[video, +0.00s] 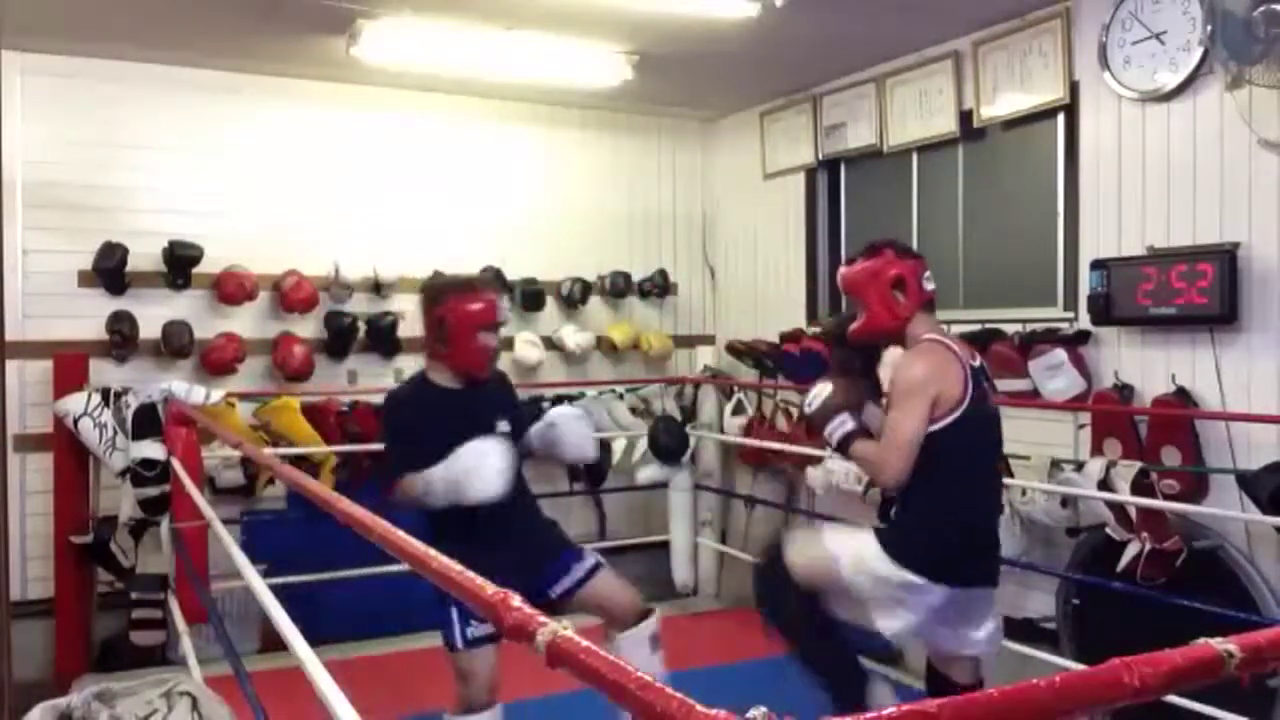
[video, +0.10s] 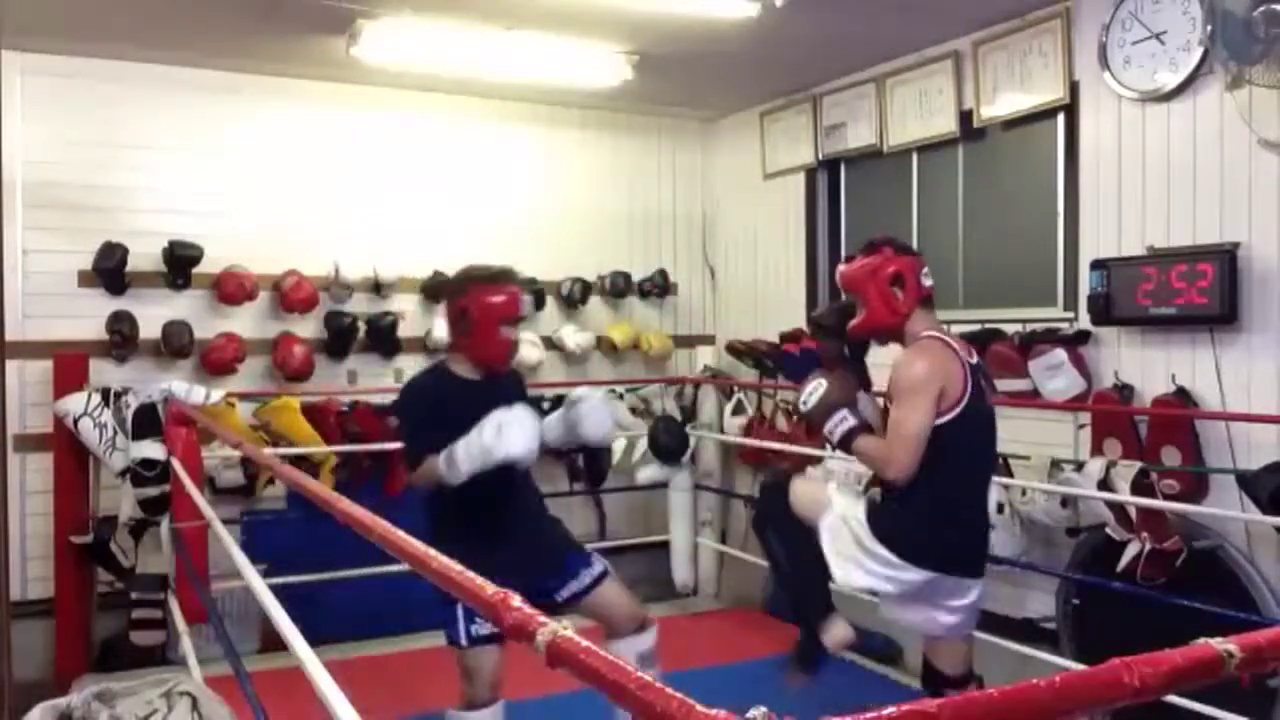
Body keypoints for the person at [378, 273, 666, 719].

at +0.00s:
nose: (493, 342)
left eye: (494, 330)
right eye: (483, 331)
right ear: (445, 335)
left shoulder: (494, 385)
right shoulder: (407, 404)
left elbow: (517, 436)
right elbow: (399, 487)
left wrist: (552, 436)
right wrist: (446, 480)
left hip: (531, 540)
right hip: (467, 561)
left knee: (630, 610)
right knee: (478, 695)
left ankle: (648, 712)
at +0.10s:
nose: (514, 337)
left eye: (516, 325)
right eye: (505, 326)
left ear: (483, 326)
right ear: (468, 326)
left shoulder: (505, 381)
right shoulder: (423, 393)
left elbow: (527, 435)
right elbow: (419, 474)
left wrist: (566, 426)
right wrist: (476, 449)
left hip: (534, 535)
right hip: (470, 555)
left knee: (630, 620)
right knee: (481, 689)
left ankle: (635, 712)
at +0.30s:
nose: (534, 346)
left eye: (541, 334)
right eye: (522, 334)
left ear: (546, 339)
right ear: (495, 336)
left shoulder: (549, 393)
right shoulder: (456, 393)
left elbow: (586, 453)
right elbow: (479, 464)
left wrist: (621, 406)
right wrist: (509, 393)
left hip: (542, 561)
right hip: (472, 564)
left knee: (588, 683)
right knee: (440, 697)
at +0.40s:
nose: (538, 337)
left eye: (542, 326)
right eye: (527, 324)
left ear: (548, 330)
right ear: (492, 329)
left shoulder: (547, 393)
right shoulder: (453, 386)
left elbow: (588, 469)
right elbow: (501, 444)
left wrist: (607, 403)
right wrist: (540, 373)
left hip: (538, 566)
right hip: (468, 569)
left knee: (581, 688)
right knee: (420, 695)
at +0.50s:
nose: (533, 348)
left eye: (533, 337)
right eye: (524, 336)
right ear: (489, 338)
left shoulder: (510, 393)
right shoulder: (449, 389)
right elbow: (534, 406)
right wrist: (554, 359)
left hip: (518, 574)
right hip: (454, 581)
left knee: (574, 692)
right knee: (402, 702)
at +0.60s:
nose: (513, 350)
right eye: (506, 334)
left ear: (462, 336)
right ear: (479, 338)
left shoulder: (490, 398)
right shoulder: (434, 389)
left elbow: (541, 425)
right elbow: (520, 385)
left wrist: (557, 350)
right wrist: (534, 318)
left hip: (489, 580)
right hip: (426, 582)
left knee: (553, 683)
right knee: (381, 702)